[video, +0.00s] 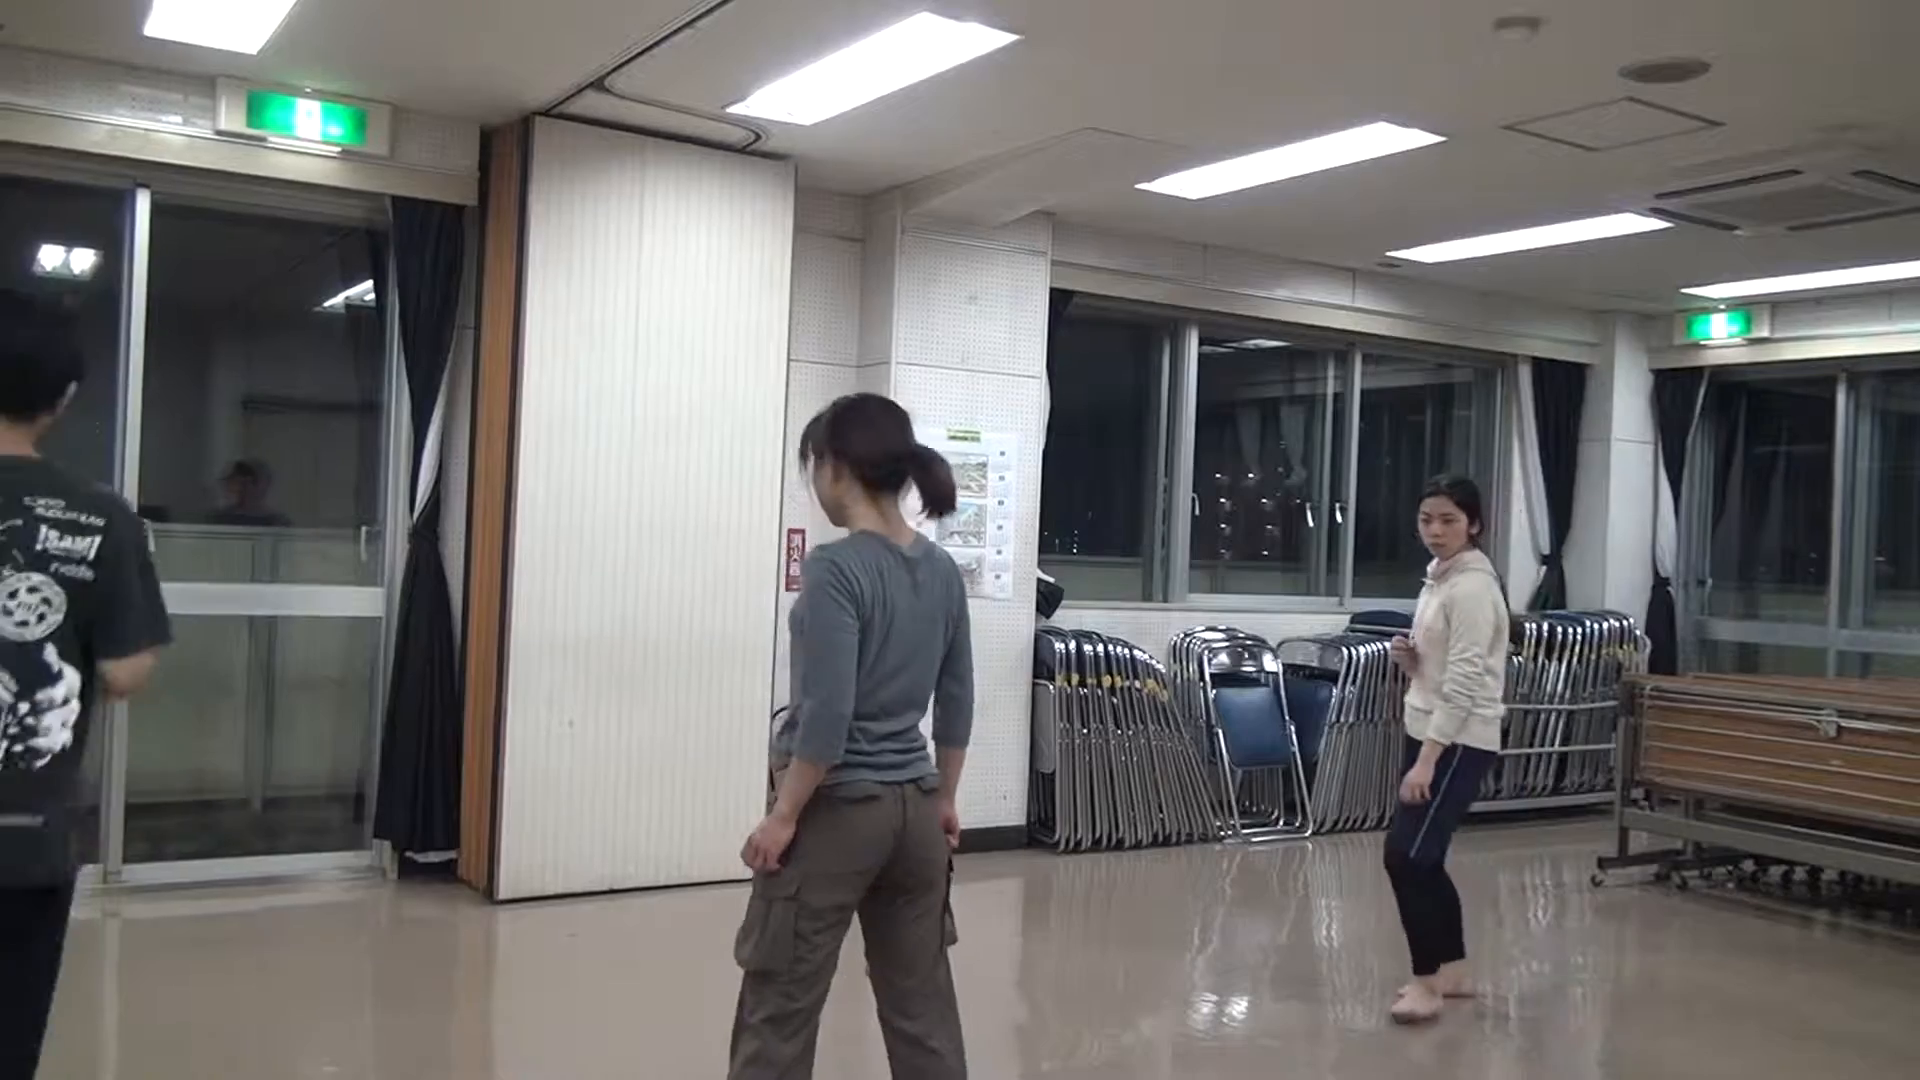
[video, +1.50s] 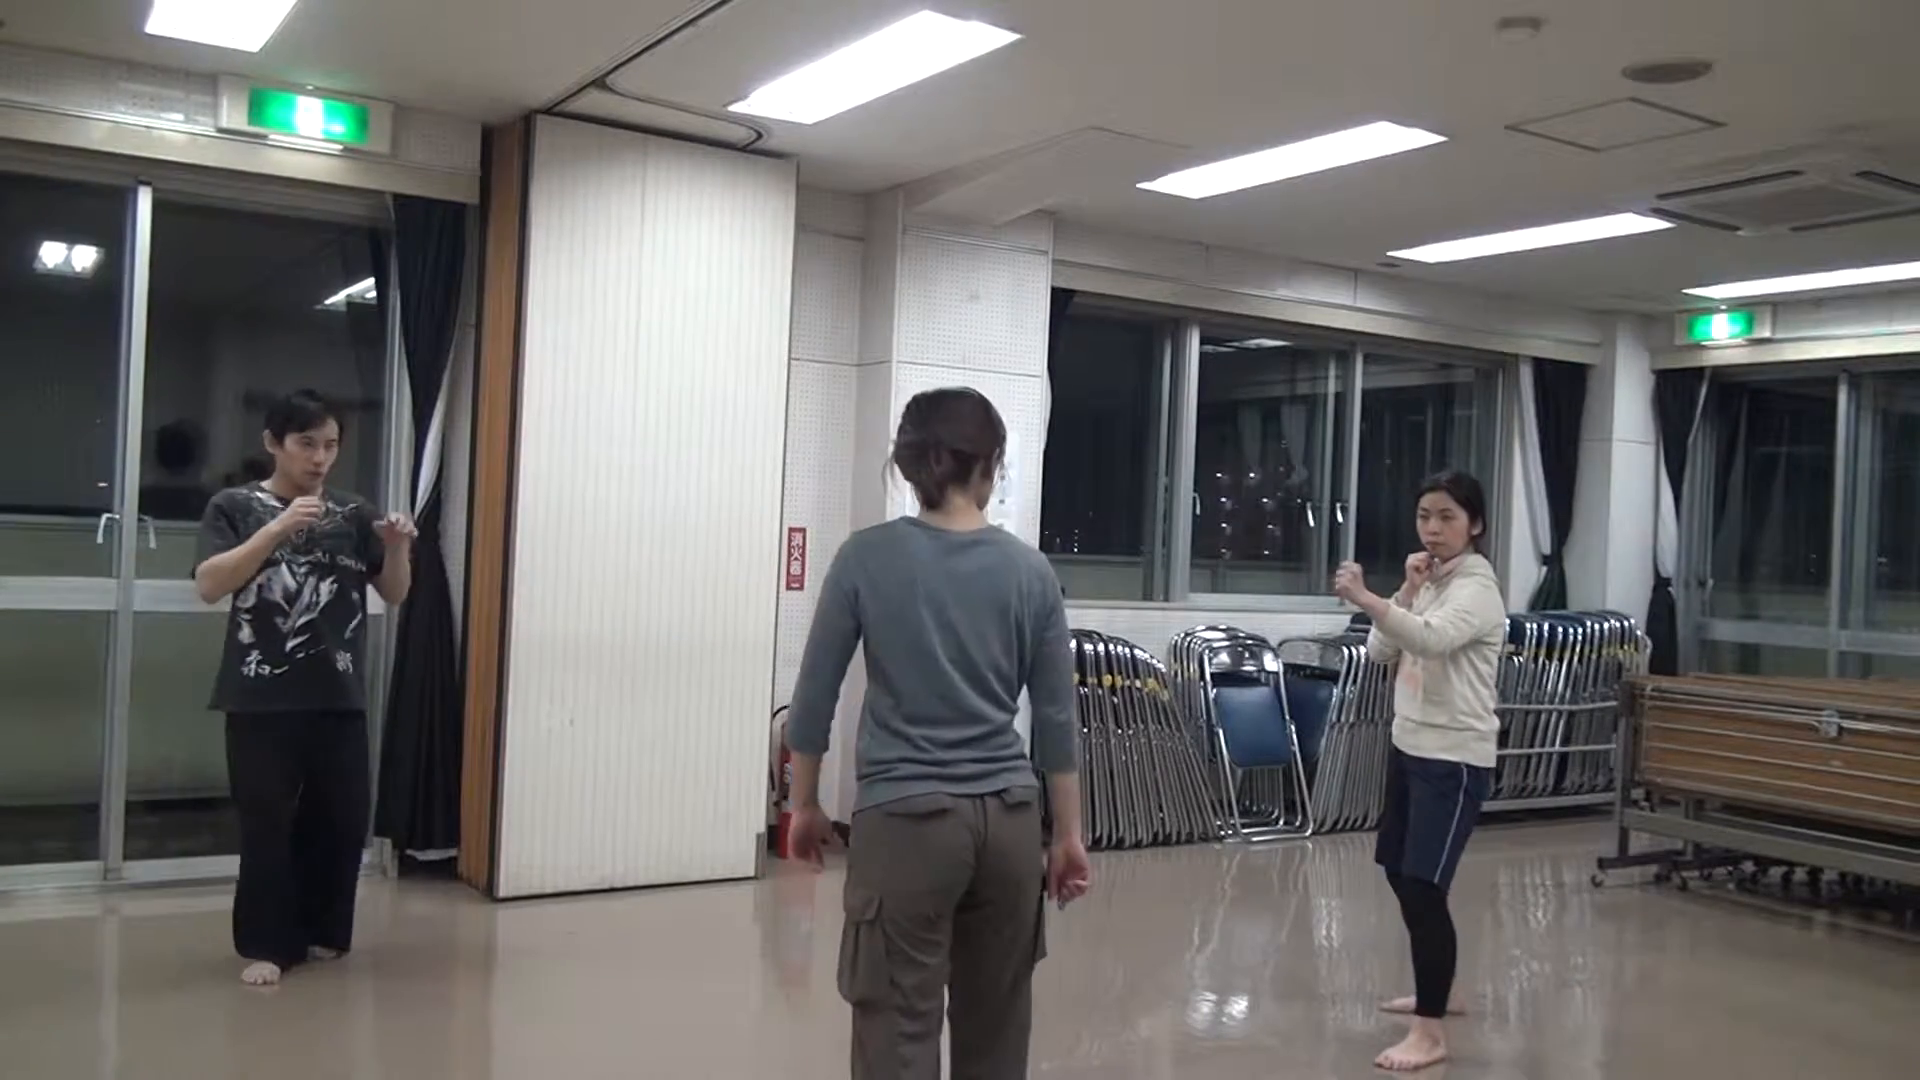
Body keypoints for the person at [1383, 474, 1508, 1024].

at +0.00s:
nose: (1434, 529)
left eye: (1446, 520)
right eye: (1427, 520)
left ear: (1472, 524)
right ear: (1421, 524)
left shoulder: (1473, 586)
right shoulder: (1441, 577)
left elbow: (1465, 683)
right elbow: (1438, 668)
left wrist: (1427, 760)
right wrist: (1412, 657)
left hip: (1463, 741)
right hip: (1437, 733)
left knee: (1405, 853)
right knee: (1420, 853)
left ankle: (1427, 980)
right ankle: (1453, 968)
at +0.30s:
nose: (1421, 536)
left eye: (1433, 526)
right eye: (1414, 526)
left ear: (1459, 531)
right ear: (1408, 530)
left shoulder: (1461, 589)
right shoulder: (1427, 584)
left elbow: (1428, 667)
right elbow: (1423, 670)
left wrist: (1373, 722)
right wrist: (1400, 655)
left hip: (1448, 743)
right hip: (1413, 737)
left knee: (1418, 861)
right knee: (1395, 851)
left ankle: (1414, 994)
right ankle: (1449, 965)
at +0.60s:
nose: (1424, 533)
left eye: (1436, 523)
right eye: (1416, 523)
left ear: (1464, 528)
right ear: (1409, 528)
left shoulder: (1468, 588)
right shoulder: (1421, 585)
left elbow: (1417, 643)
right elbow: (1383, 656)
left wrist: (1338, 629)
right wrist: (1391, 603)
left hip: (1446, 757)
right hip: (1411, 752)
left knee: (1413, 881)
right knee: (1404, 866)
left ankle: (1427, 1035)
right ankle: (1442, 964)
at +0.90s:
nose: (1422, 522)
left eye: (1434, 511)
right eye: (1416, 511)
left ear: (1465, 517)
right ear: (1409, 517)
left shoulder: (1472, 578)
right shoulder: (1417, 576)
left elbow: (1431, 632)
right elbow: (1375, 650)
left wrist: (1350, 593)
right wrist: (1395, 589)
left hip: (1451, 753)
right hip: (1409, 748)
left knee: (1418, 880)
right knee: (1399, 866)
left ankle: (1429, 1032)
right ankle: (1433, 988)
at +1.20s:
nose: (1427, 525)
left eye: (1439, 514)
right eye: (1420, 515)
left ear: (1469, 519)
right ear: (1413, 520)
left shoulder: (1476, 581)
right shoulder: (1421, 577)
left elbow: (1436, 637)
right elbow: (1380, 651)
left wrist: (1359, 599)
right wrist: (1400, 592)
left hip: (1450, 753)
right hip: (1410, 748)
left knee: (1421, 880)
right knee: (1413, 874)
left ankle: (1428, 1032)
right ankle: (1440, 987)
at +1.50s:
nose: (1430, 527)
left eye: (1443, 516)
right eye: (1424, 516)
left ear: (1473, 524)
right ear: (1417, 523)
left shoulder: (1478, 584)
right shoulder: (1425, 582)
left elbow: (1439, 637)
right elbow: (1381, 650)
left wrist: (1368, 601)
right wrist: (1406, 593)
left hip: (1454, 760)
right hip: (1411, 752)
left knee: (1423, 886)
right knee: (1397, 869)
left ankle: (1429, 1032)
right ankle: (1436, 993)